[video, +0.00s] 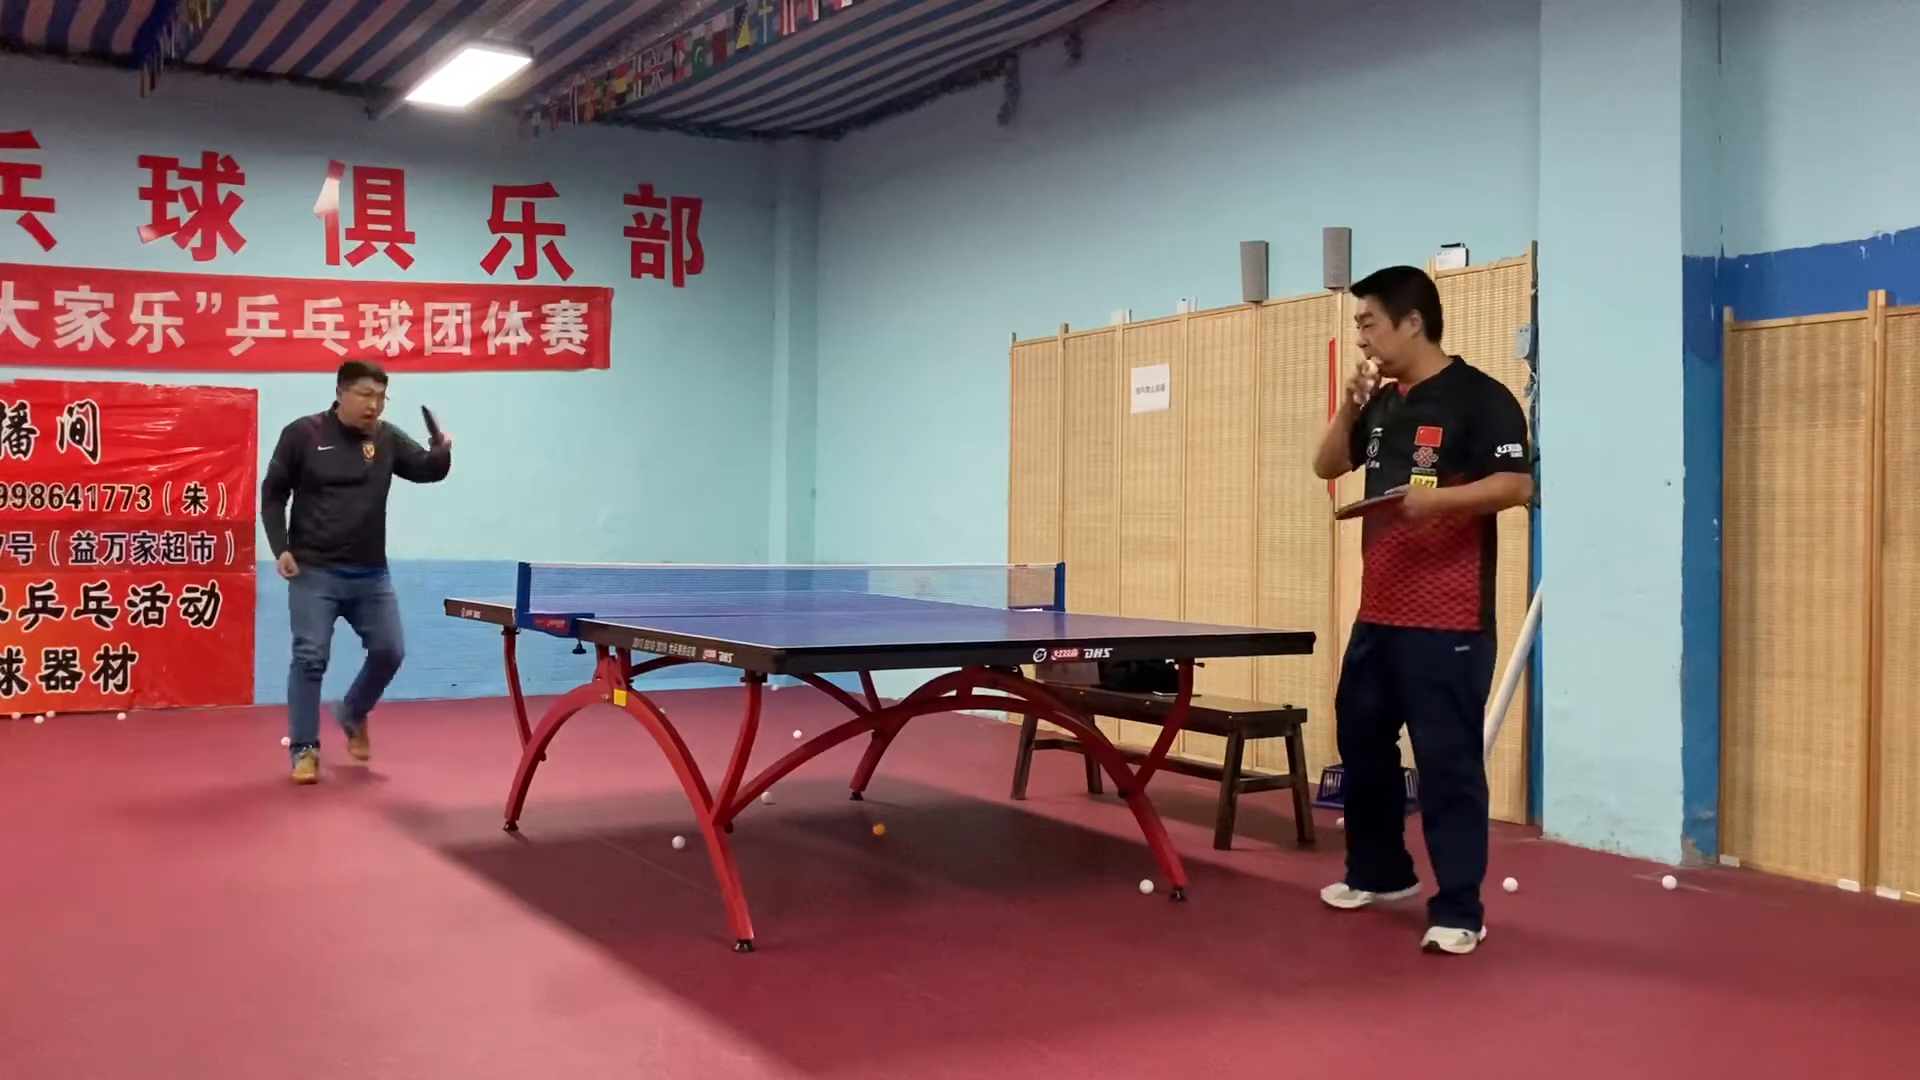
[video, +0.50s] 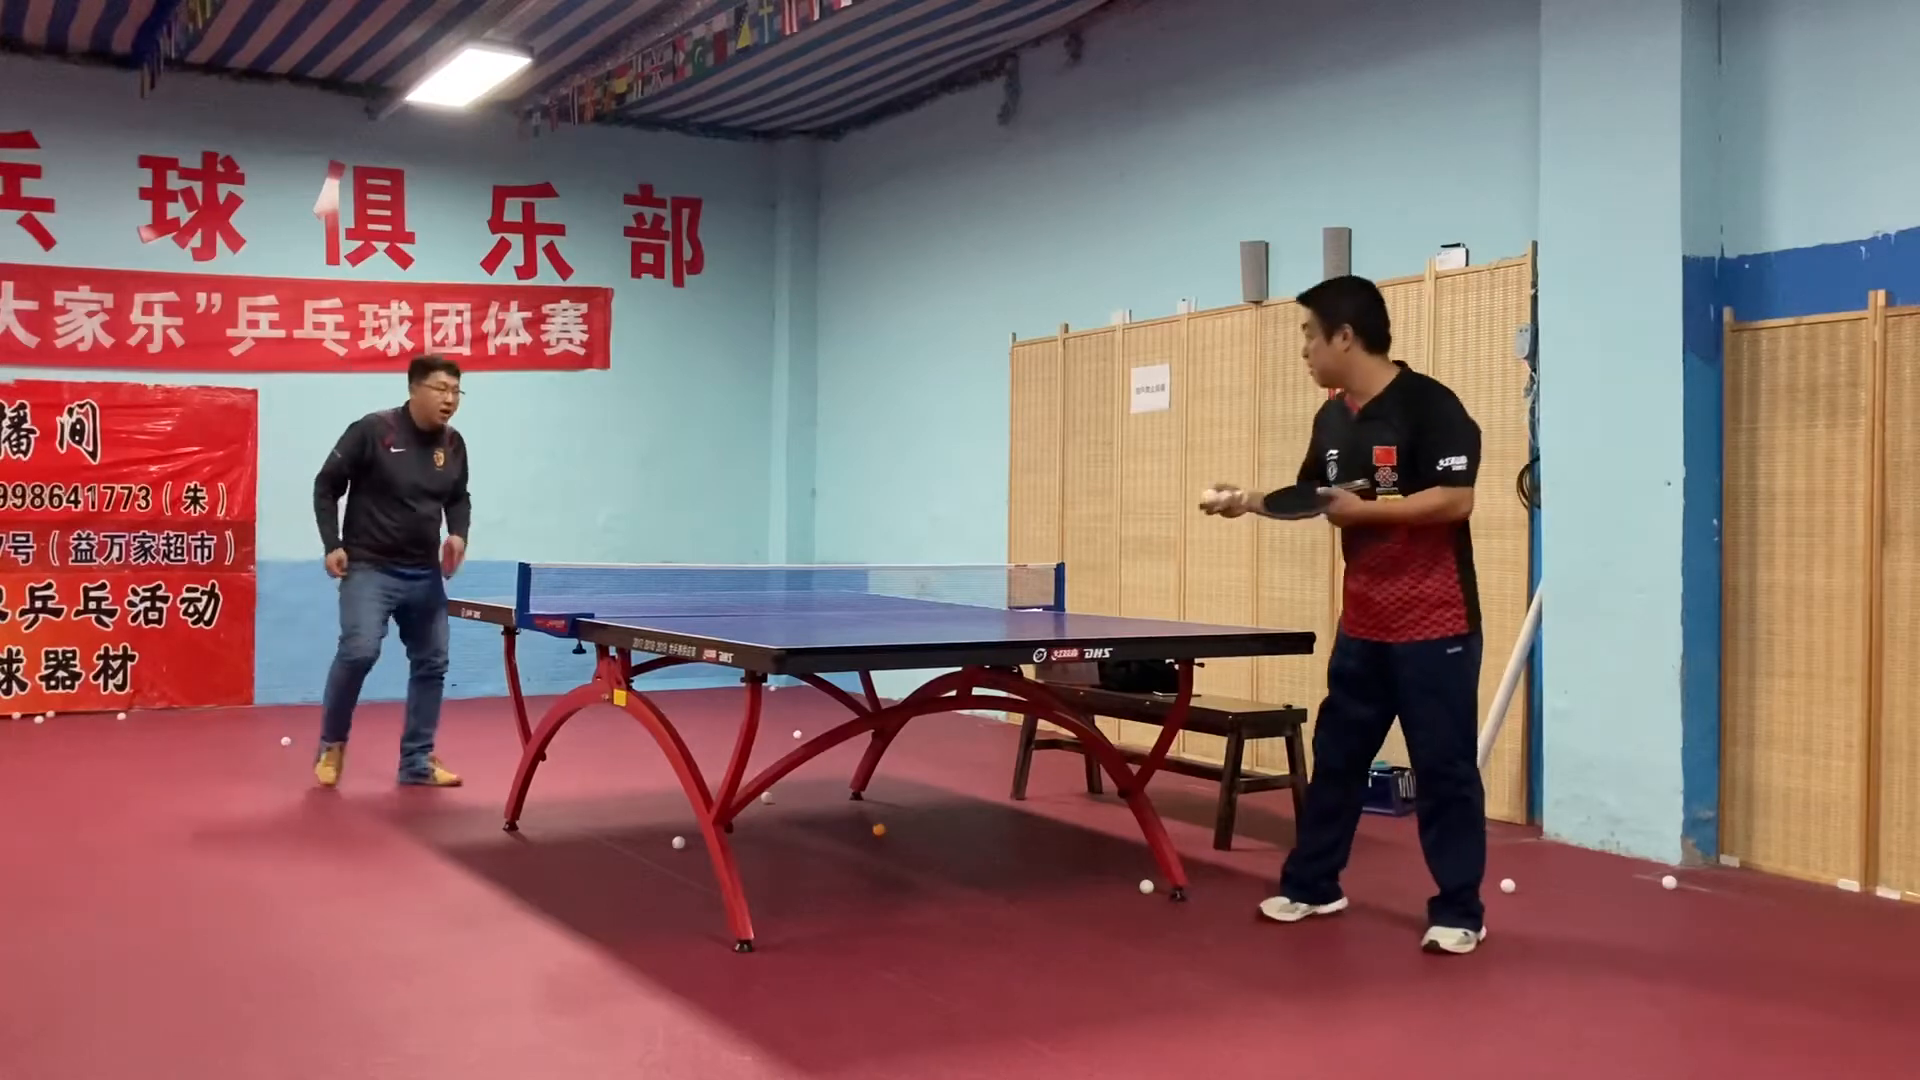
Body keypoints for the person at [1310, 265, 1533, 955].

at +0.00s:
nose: (1363, 339)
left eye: (1371, 325)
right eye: (1360, 328)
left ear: (1415, 322)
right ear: (1386, 330)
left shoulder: (1482, 397)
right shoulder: (1380, 405)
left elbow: (1518, 483)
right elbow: (1327, 464)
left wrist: (1438, 499)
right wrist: (1350, 404)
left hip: (1449, 621)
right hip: (1380, 616)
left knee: (1448, 763)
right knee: (1361, 740)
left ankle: (1459, 911)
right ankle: (1380, 872)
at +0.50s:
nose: (1304, 352)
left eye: (1310, 337)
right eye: (1303, 338)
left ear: (1347, 337)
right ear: (1348, 340)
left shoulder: (1433, 405)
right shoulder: (1332, 417)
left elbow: (1456, 500)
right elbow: (1315, 497)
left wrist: (1364, 509)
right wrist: (1249, 503)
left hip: (1436, 627)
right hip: (1365, 626)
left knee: (1445, 774)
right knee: (1336, 761)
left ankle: (1458, 913)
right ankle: (1313, 886)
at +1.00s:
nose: (1201, 444)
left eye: (1204, 429)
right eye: (1198, 432)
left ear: (1245, 425)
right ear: (1243, 426)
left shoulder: (1337, 459)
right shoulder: (1238, 492)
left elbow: (1337, 560)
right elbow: (1223, 573)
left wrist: (1245, 561)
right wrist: (1155, 587)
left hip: (1417, 626)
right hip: (1339, 631)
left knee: (1469, 757)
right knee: (1319, 760)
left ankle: (1533, 890)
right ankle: (1315, 889)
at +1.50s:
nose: (1340, 392)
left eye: (1353, 380)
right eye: (1342, 379)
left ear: (1398, 392)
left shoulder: (1452, 462)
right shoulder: (1342, 437)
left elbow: (1428, 558)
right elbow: (1266, 465)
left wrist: (1353, 511)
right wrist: (1211, 442)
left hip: (1453, 637)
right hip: (1367, 630)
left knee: (1492, 764)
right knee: (1337, 753)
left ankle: (1538, 897)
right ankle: (1314, 887)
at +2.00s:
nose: (1318, 419)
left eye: (1327, 405)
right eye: (1315, 406)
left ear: (1371, 407)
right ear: (1361, 409)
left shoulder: (1443, 446)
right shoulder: (1326, 465)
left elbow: (1537, 480)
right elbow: (1316, 493)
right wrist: (1329, 539)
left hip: (1454, 648)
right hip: (1366, 641)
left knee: (1496, 777)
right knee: (1307, 742)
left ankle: (1537, 897)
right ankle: (1310, 888)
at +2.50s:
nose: (1222, 404)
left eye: (1223, 389)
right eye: (1221, 389)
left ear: (1248, 386)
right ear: (1268, 383)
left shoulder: (1330, 445)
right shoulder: (1293, 449)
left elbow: (1312, 546)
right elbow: (1318, 539)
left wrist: (1223, 506)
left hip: (1394, 649)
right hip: (1343, 648)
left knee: (1368, 786)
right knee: (1297, 768)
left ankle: (1391, 972)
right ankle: (1300, 900)